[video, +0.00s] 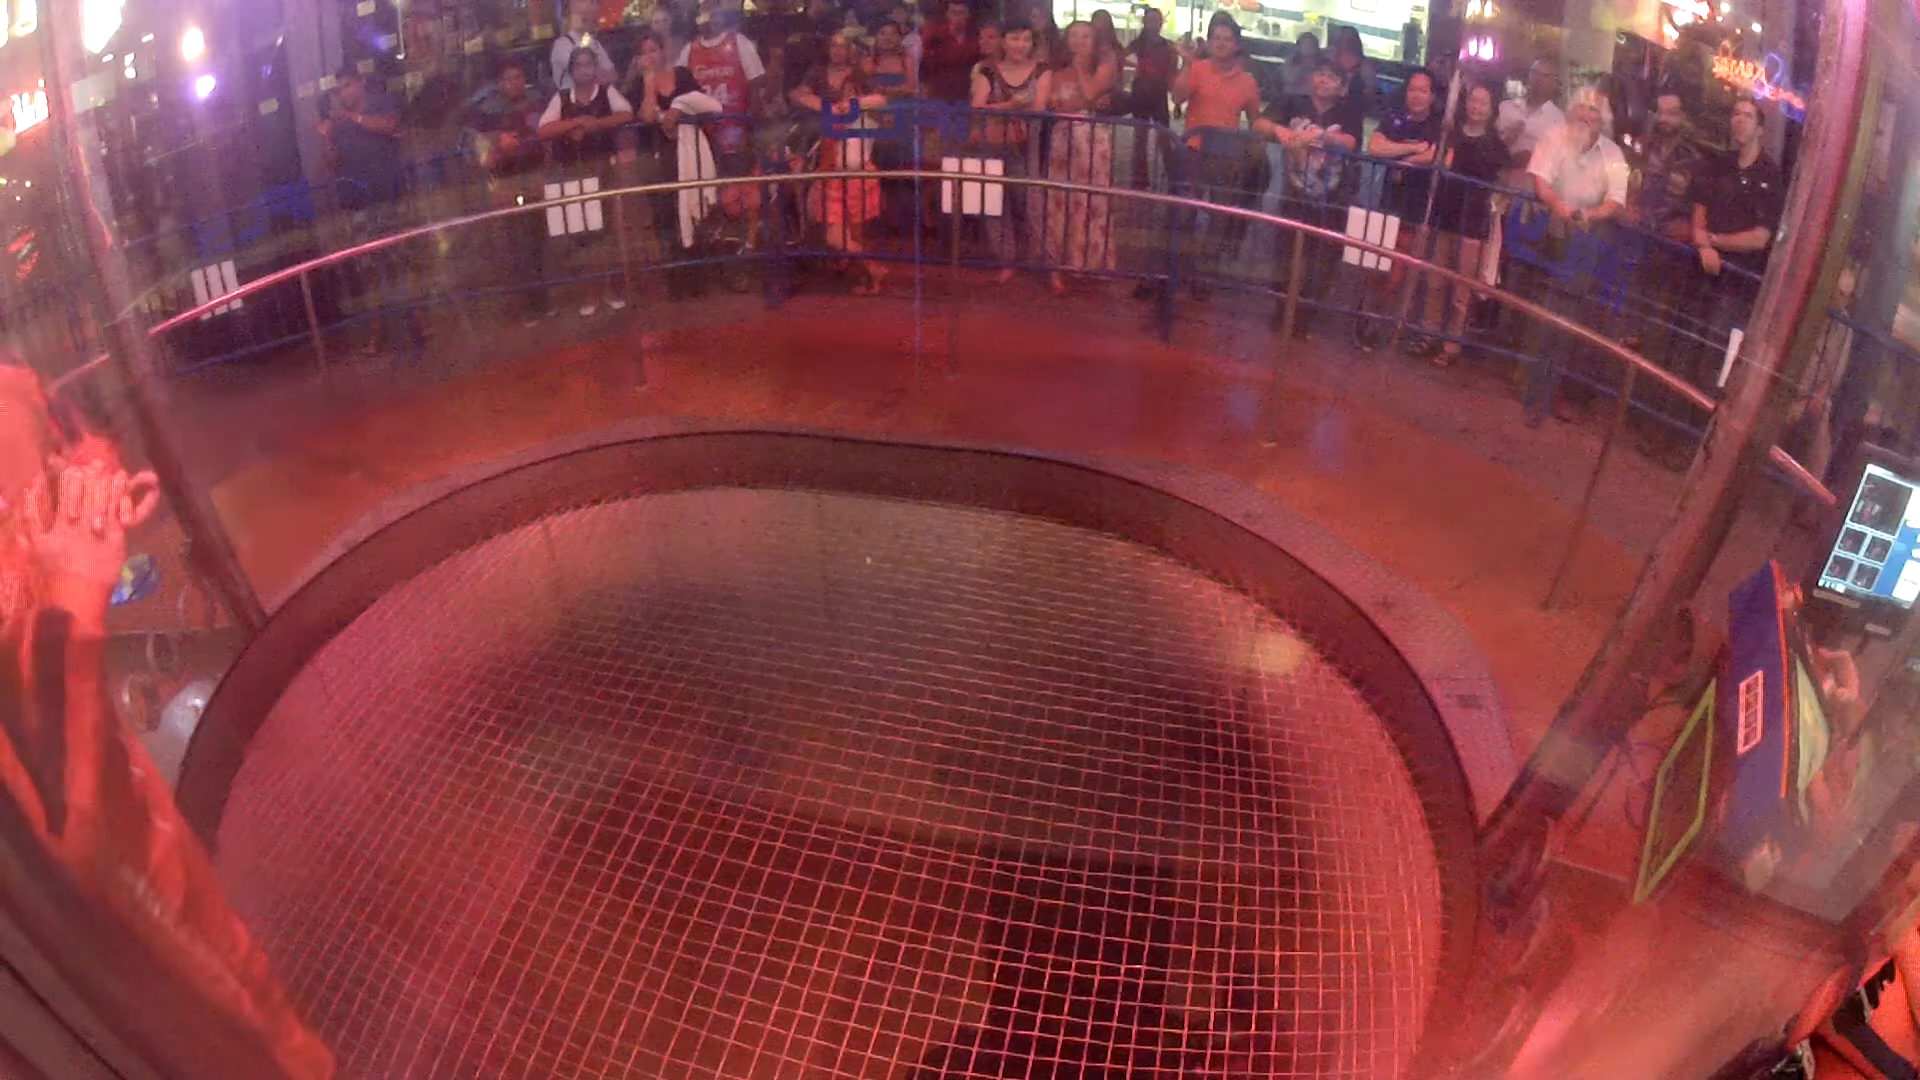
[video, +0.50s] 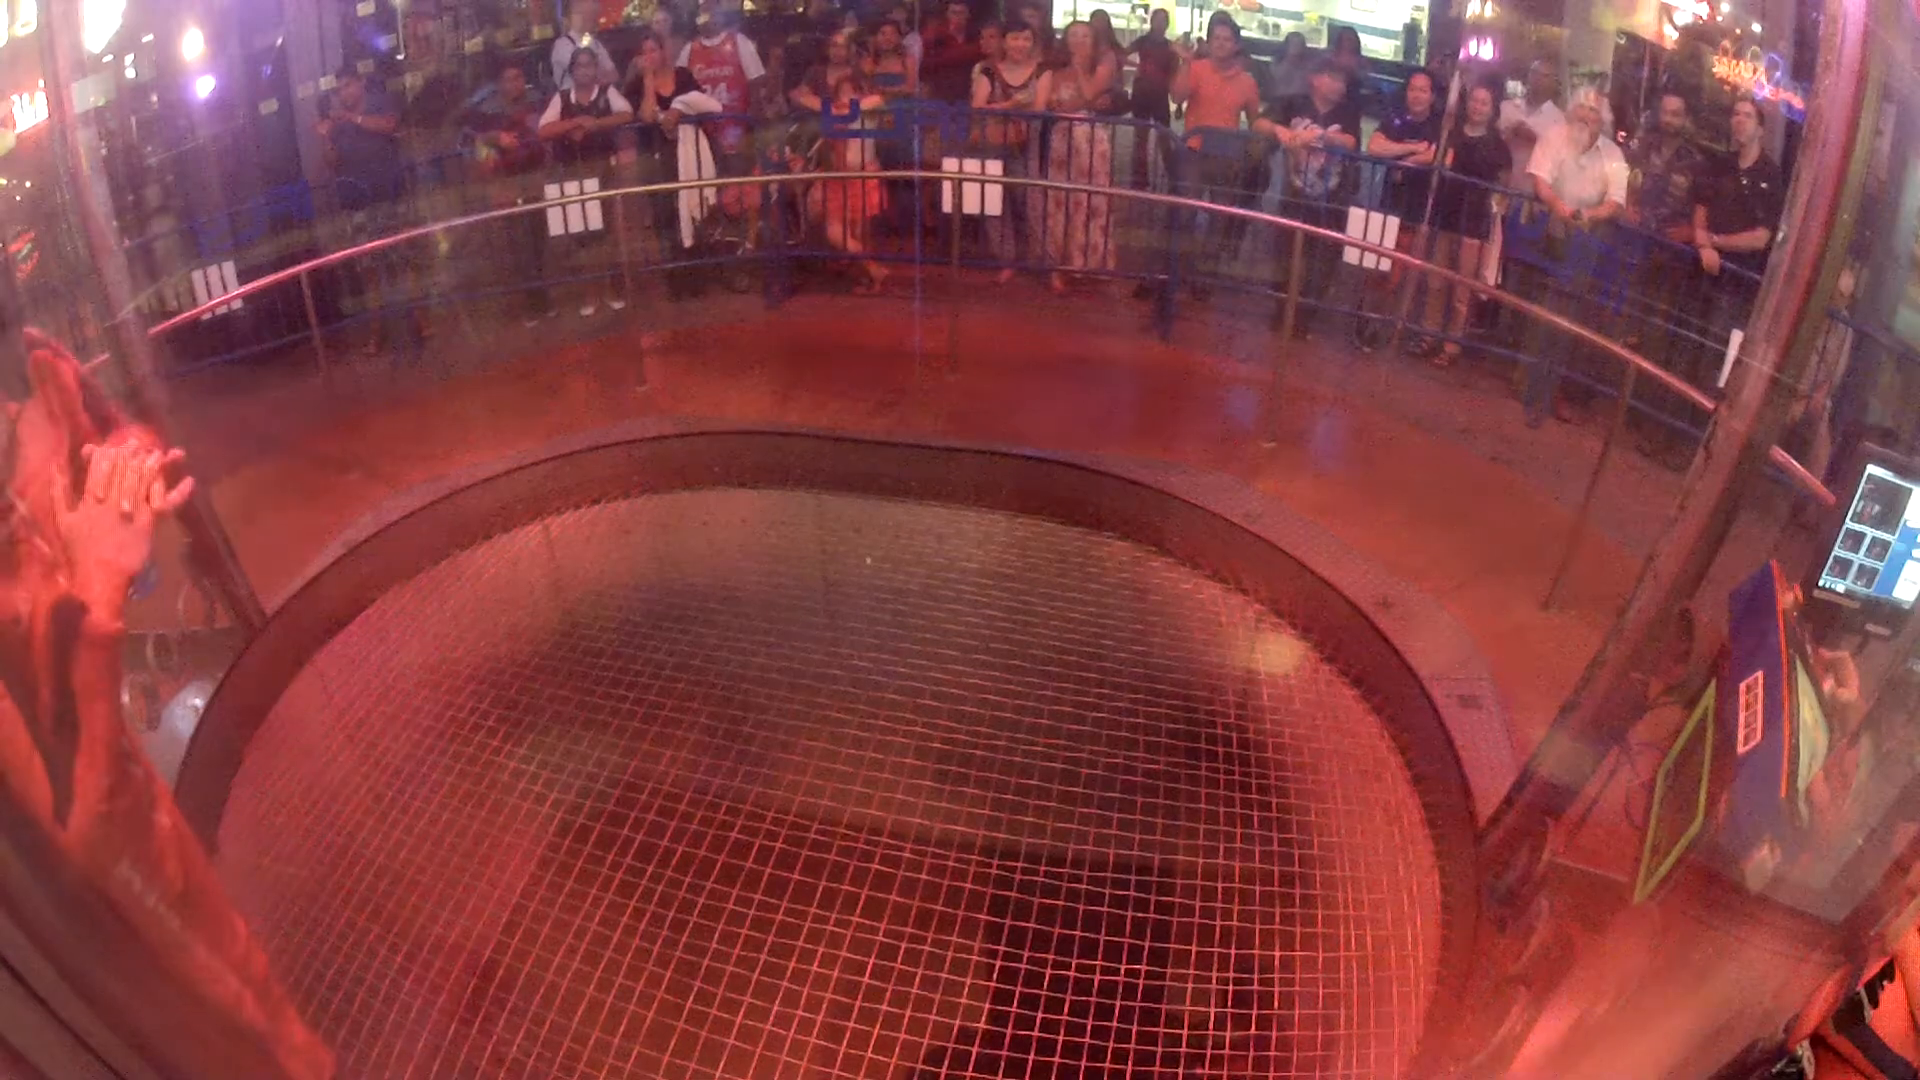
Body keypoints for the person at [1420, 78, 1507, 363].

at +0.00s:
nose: (1476, 107)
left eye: (1483, 102)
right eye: (1473, 100)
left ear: (1492, 110)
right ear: (1465, 104)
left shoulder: (1496, 146)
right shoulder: (1452, 138)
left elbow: (1490, 174)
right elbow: (1437, 166)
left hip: (1473, 219)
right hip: (1443, 213)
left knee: (1462, 286)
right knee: (1435, 279)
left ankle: (1452, 342)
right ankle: (1428, 333)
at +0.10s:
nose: (1476, 107)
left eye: (1483, 103)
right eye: (1472, 101)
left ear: (1492, 110)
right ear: (1465, 104)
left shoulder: (1496, 147)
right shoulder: (1451, 137)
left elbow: (1495, 180)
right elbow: (1436, 167)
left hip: (1474, 219)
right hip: (1443, 214)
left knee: (1462, 287)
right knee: (1434, 280)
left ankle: (1452, 343)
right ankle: (1429, 334)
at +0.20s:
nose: (1476, 107)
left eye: (1483, 103)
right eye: (1473, 101)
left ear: (1493, 110)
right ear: (1465, 104)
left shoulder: (1496, 147)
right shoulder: (1452, 137)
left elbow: (1498, 182)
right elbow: (1437, 168)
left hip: (1474, 220)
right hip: (1443, 214)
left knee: (1462, 287)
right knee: (1435, 280)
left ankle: (1452, 343)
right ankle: (1429, 334)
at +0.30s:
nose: (1477, 107)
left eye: (1483, 103)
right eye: (1473, 100)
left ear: (1493, 110)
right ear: (1465, 104)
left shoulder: (1497, 147)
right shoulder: (1451, 137)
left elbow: (1498, 182)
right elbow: (1437, 167)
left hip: (1474, 219)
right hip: (1443, 213)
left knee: (1463, 285)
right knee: (1435, 280)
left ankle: (1452, 342)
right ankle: (1429, 333)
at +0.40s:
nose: (1477, 107)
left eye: (1484, 103)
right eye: (1473, 100)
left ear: (1494, 109)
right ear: (1465, 103)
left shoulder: (1498, 147)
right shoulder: (1452, 137)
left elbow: (1494, 178)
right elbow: (1438, 169)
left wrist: (1456, 161)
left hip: (1474, 219)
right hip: (1443, 213)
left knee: (1463, 285)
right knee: (1435, 279)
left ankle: (1452, 342)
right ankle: (1429, 333)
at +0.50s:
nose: (1477, 107)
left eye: (1484, 103)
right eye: (1473, 101)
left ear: (1494, 109)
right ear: (1465, 104)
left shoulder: (1498, 146)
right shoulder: (1452, 136)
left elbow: (1494, 180)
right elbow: (1438, 167)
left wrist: (1456, 161)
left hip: (1474, 219)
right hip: (1443, 212)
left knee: (1463, 285)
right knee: (1435, 280)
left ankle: (1452, 342)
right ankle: (1429, 333)